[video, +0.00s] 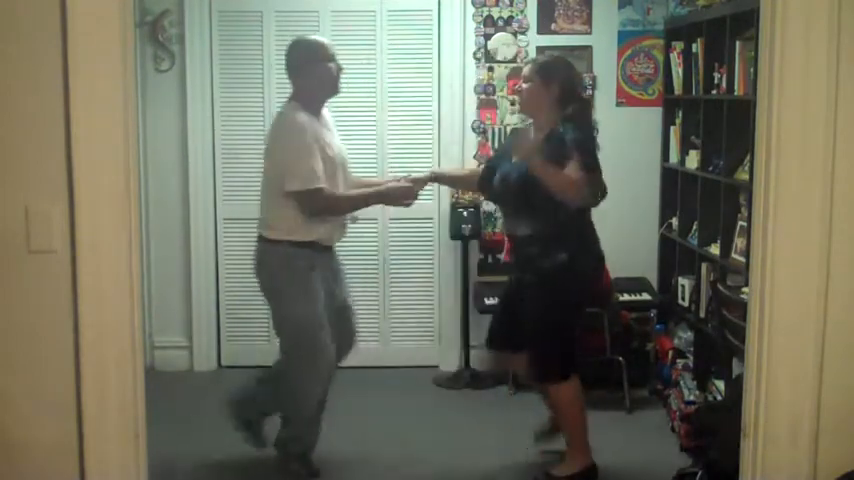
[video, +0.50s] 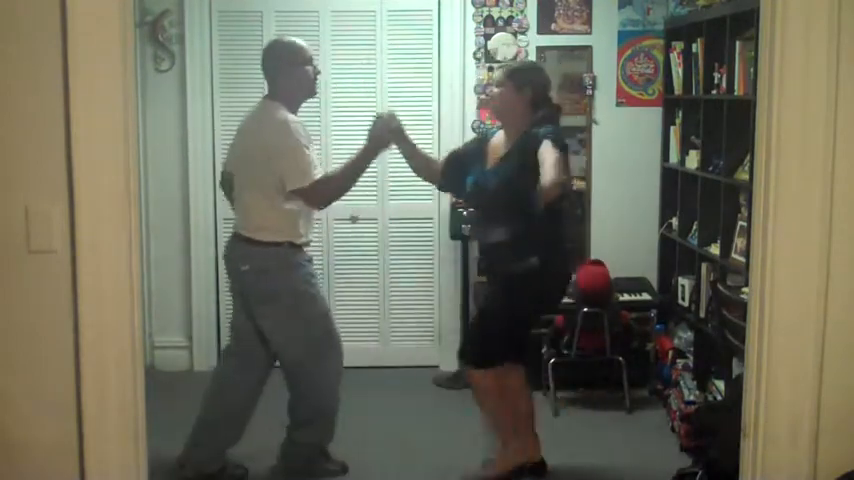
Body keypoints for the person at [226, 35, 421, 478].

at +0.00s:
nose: (339, 68)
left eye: (337, 62)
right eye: (329, 63)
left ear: (316, 74)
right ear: (302, 73)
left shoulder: (317, 121)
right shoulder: (294, 126)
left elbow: (339, 188)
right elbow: (313, 204)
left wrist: (389, 186)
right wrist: (382, 196)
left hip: (317, 253)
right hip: (289, 256)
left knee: (339, 339)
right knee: (311, 355)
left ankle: (251, 403)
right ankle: (294, 453)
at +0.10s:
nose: (331, 67)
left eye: (328, 59)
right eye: (322, 61)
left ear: (302, 72)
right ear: (298, 71)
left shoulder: (304, 124)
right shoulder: (291, 126)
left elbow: (322, 190)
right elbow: (321, 198)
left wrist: (373, 189)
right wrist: (379, 191)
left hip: (299, 256)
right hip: (280, 258)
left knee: (303, 359)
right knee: (299, 362)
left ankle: (225, 434)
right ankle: (295, 459)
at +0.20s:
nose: (325, 69)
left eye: (321, 61)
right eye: (314, 62)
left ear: (292, 73)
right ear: (290, 72)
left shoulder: (282, 120)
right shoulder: (288, 125)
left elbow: (309, 193)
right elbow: (321, 198)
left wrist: (357, 197)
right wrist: (376, 185)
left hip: (274, 255)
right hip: (275, 259)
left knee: (272, 358)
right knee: (299, 356)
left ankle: (209, 448)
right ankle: (294, 455)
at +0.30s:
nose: (319, 70)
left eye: (317, 62)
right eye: (310, 63)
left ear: (284, 73)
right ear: (286, 72)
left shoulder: (266, 117)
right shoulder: (282, 124)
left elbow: (277, 191)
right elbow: (310, 199)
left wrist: (327, 211)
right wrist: (373, 180)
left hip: (251, 251)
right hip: (270, 256)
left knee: (255, 359)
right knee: (309, 351)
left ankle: (202, 458)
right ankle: (293, 456)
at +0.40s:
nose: (317, 70)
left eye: (314, 63)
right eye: (309, 64)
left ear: (278, 74)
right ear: (285, 72)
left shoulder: (258, 119)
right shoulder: (277, 125)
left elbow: (263, 191)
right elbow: (309, 198)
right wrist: (373, 167)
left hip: (248, 253)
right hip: (270, 258)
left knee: (249, 357)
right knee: (318, 347)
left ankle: (202, 459)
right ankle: (294, 450)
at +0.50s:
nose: (317, 72)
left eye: (314, 64)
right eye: (308, 65)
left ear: (278, 75)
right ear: (283, 73)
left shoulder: (256, 119)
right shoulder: (283, 126)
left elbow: (228, 182)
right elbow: (318, 196)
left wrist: (262, 225)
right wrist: (373, 149)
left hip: (248, 254)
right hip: (276, 260)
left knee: (249, 356)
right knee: (319, 355)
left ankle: (202, 457)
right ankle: (305, 455)